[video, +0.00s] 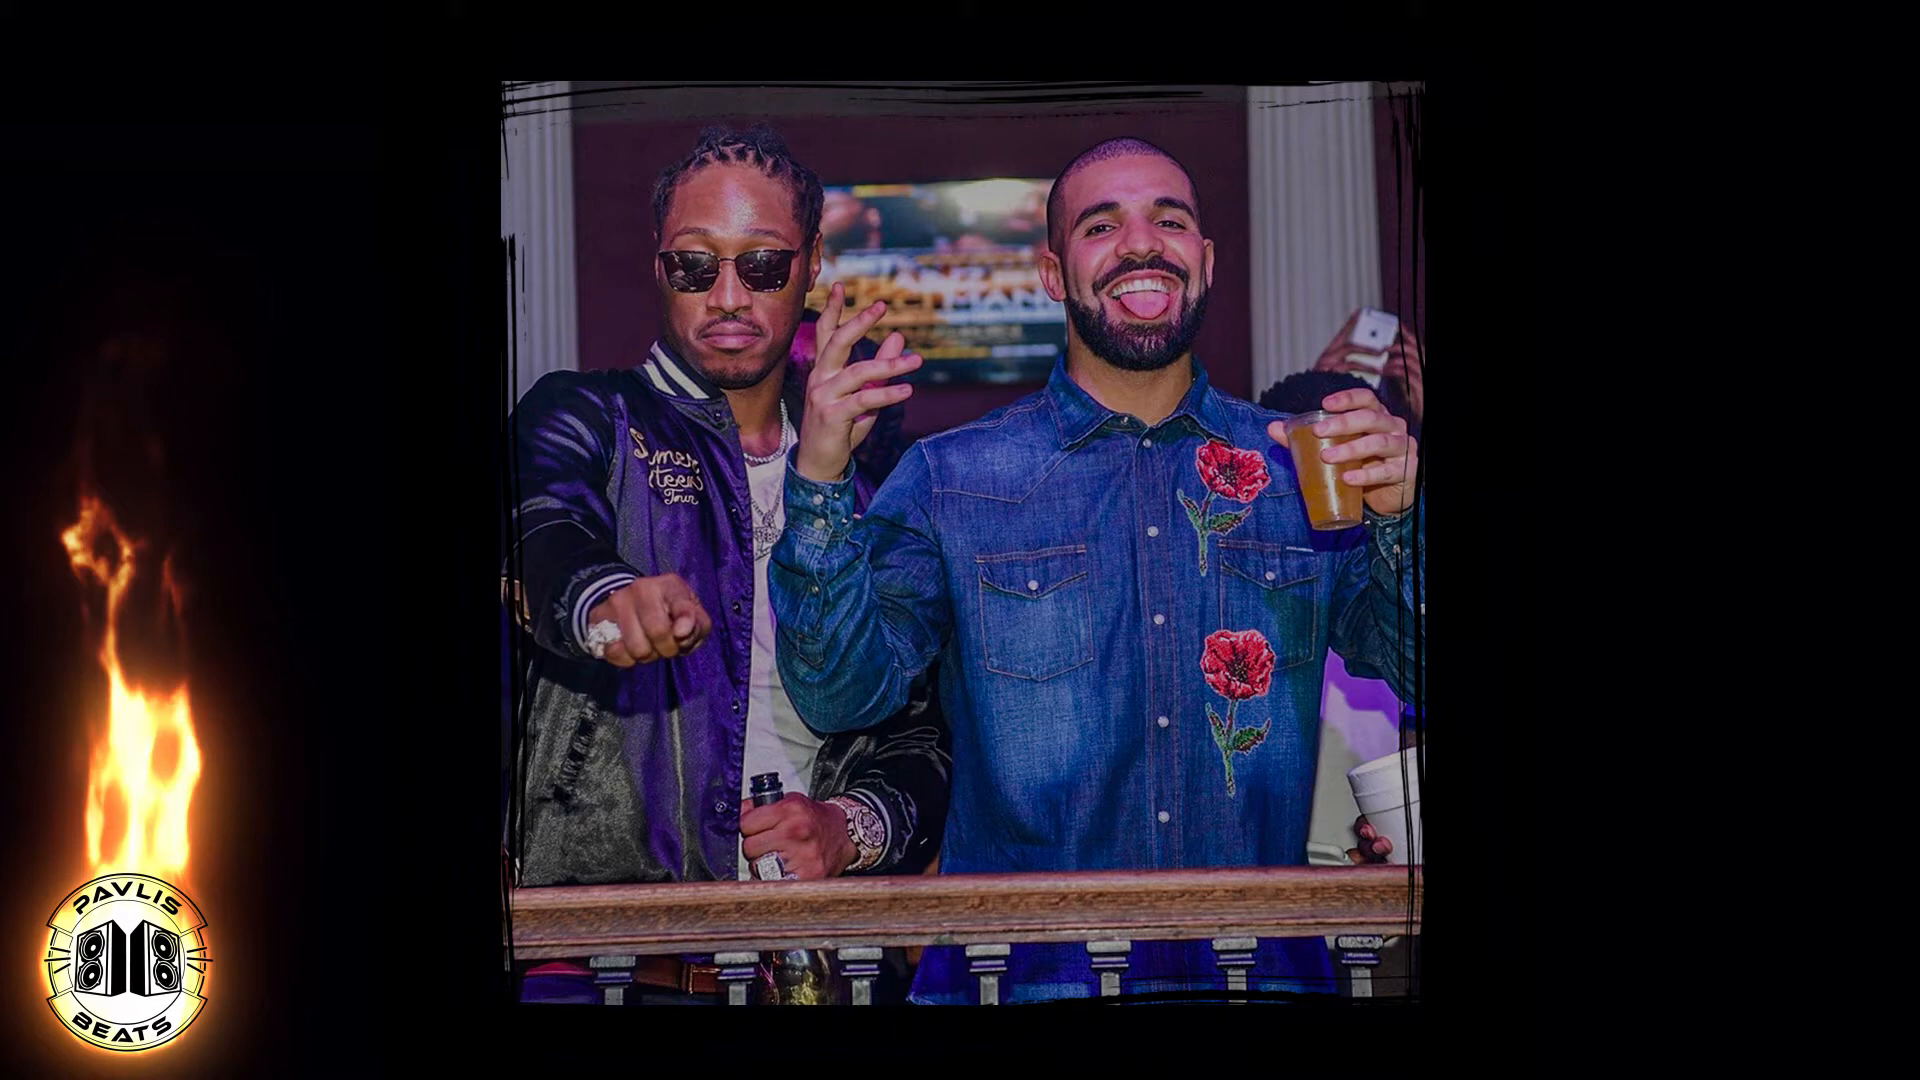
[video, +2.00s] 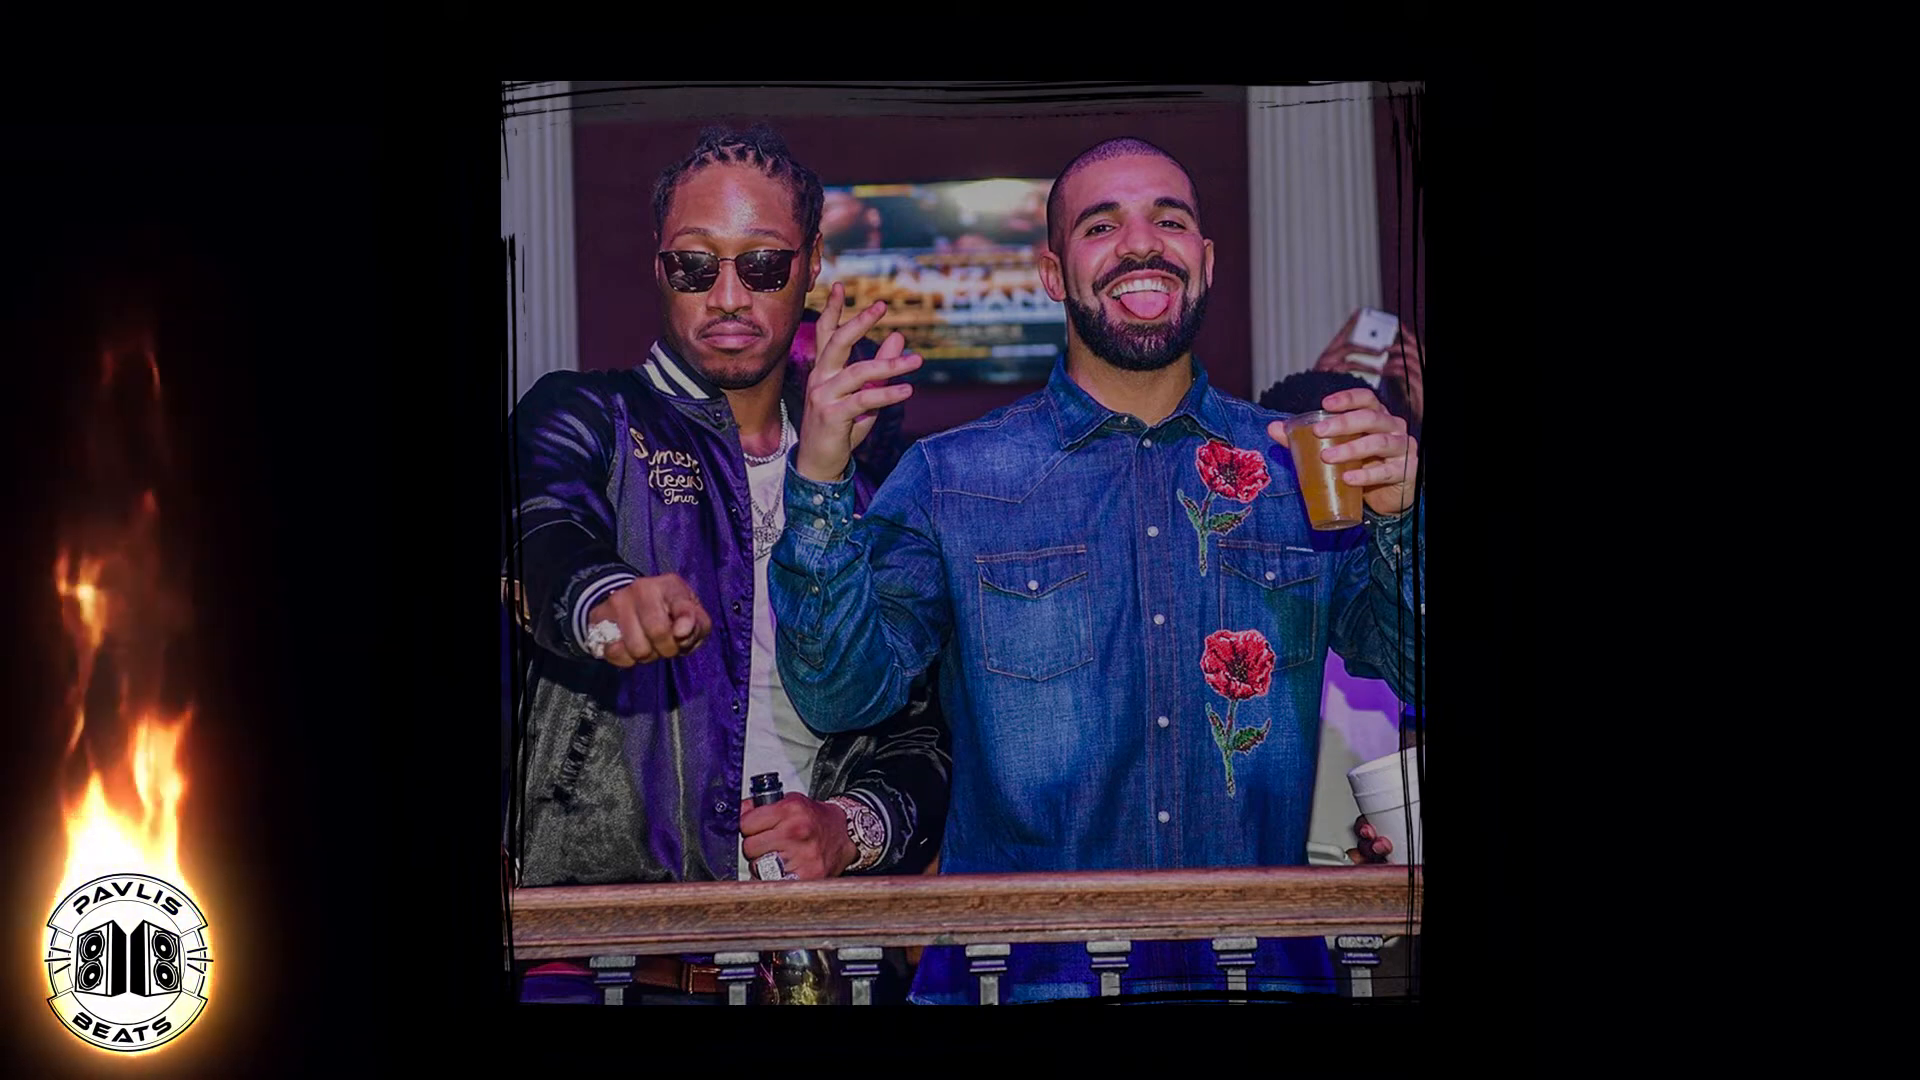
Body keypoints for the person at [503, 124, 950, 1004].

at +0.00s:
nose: (729, 296)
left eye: (763, 266)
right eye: (694, 266)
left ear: (811, 274)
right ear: (658, 274)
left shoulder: (876, 458)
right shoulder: (581, 411)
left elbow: (925, 724)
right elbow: (541, 526)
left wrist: (858, 826)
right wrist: (603, 596)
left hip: (827, 944)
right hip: (606, 944)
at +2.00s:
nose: (729, 296)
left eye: (763, 266)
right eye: (694, 266)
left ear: (811, 274)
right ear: (658, 274)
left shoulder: (876, 458)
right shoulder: (581, 411)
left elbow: (925, 724)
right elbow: (541, 526)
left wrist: (858, 825)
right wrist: (603, 596)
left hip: (827, 943)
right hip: (606, 943)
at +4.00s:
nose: (729, 295)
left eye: (764, 266)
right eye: (694, 266)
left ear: (811, 274)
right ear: (658, 273)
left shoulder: (878, 459)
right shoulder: (581, 411)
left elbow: (926, 726)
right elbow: (541, 526)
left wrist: (856, 825)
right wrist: (603, 596)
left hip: (826, 942)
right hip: (606, 942)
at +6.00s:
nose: (729, 296)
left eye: (763, 266)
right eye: (694, 266)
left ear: (811, 274)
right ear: (658, 272)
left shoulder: (878, 460)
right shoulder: (581, 412)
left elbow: (926, 726)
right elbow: (540, 525)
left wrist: (857, 826)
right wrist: (602, 595)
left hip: (827, 944)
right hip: (605, 943)